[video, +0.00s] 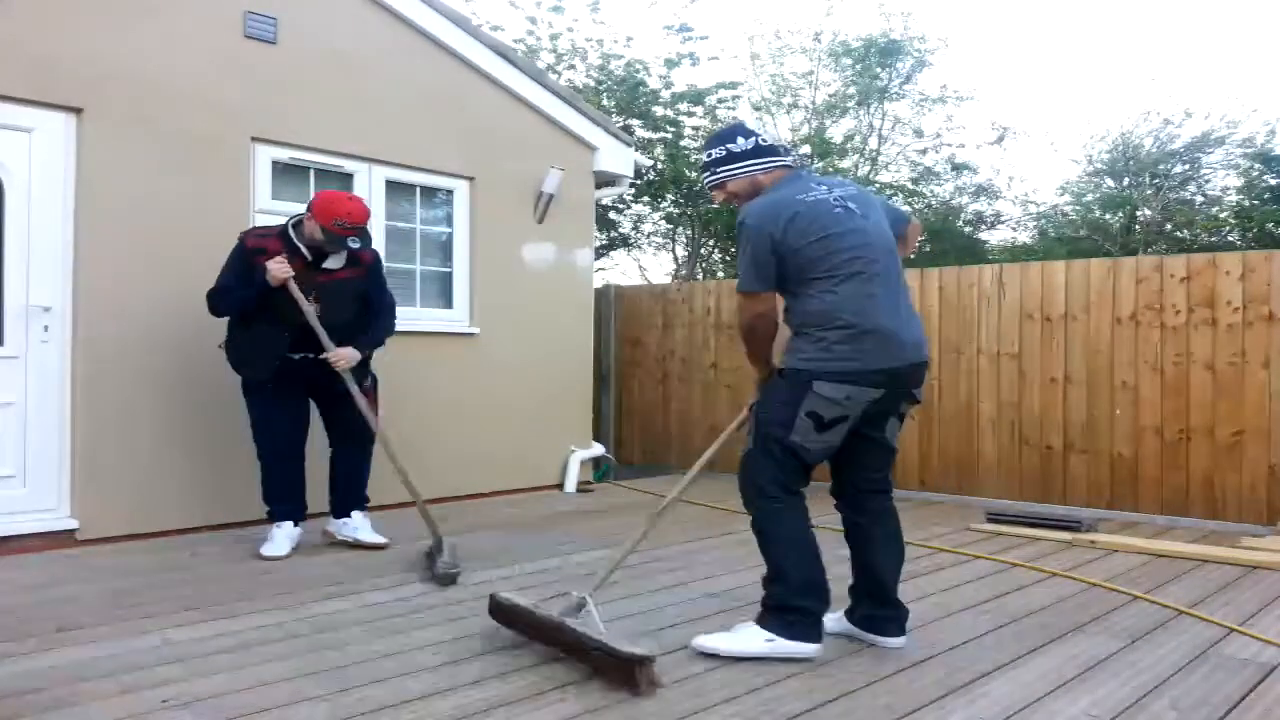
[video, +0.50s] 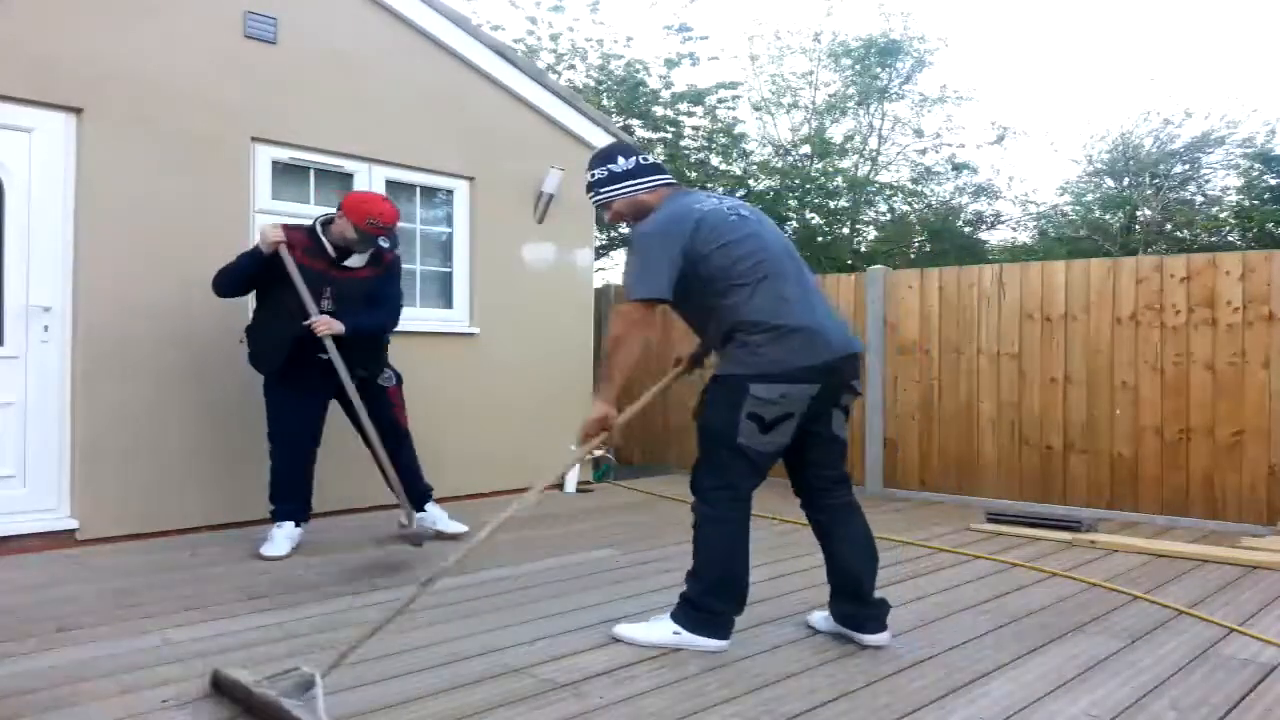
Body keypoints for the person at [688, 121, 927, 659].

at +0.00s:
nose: (722, 198)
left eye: (722, 185)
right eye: (717, 189)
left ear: (751, 169)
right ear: (774, 166)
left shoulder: (762, 216)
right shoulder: (847, 190)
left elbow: (758, 316)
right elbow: (907, 228)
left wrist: (763, 371)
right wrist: (862, 294)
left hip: (833, 361)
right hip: (902, 356)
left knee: (767, 476)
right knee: (864, 483)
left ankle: (791, 623)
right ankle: (878, 616)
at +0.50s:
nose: (613, 219)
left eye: (609, 207)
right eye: (606, 211)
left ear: (630, 189)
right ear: (651, 181)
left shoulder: (660, 224)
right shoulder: (723, 205)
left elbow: (635, 319)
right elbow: (758, 280)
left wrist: (607, 398)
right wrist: (705, 341)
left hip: (765, 360)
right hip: (832, 354)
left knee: (720, 488)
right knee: (825, 485)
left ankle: (704, 620)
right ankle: (861, 614)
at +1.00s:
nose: (617, 207)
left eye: (615, 195)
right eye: (612, 197)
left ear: (638, 182)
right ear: (663, 174)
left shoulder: (655, 222)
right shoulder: (744, 200)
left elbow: (648, 317)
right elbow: (800, 256)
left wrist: (664, 375)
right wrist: (764, 317)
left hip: (726, 360)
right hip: (794, 355)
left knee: (700, 486)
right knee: (765, 476)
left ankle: (704, 617)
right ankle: (769, 592)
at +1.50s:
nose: (595, 222)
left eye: (595, 209)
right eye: (591, 213)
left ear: (621, 196)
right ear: (642, 193)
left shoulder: (634, 235)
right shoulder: (717, 214)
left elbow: (619, 323)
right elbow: (765, 276)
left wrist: (620, 390)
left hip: (721, 360)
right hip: (787, 355)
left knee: (683, 477)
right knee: (767, 474)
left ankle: (676, 594)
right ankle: (768, 590)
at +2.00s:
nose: (586, 222)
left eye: (586, 210)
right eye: (582, 213)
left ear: (613, 199)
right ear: (630, 196)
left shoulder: (628, 236)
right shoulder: (697, 218)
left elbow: (588, 311)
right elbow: (695, 300)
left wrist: (554, 381)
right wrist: (635, 342)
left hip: (716, 361)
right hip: (781, 352)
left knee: (682, 478)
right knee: (789, 466)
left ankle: (677, 594)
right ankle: (827, 573)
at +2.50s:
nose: (703, 215)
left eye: (706, 205)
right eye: (700, 206)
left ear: (730, 196)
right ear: (749, 195)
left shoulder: (741, 234)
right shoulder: (810, 222)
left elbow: (725, 311)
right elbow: (861, 269)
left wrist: (732, 363)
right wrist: (814, 302)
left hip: (782, 363)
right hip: (836, 360)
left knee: (737, 469)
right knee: (808, 463)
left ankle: (728, 582)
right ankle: (832, 571)